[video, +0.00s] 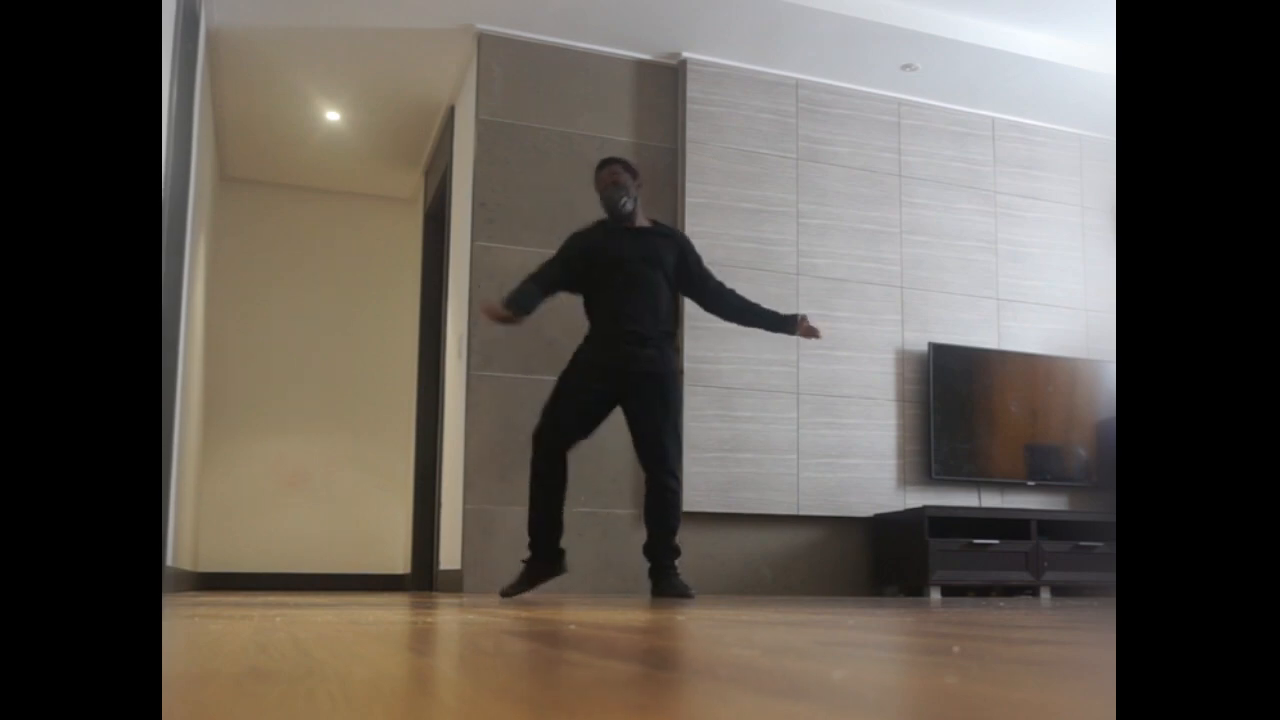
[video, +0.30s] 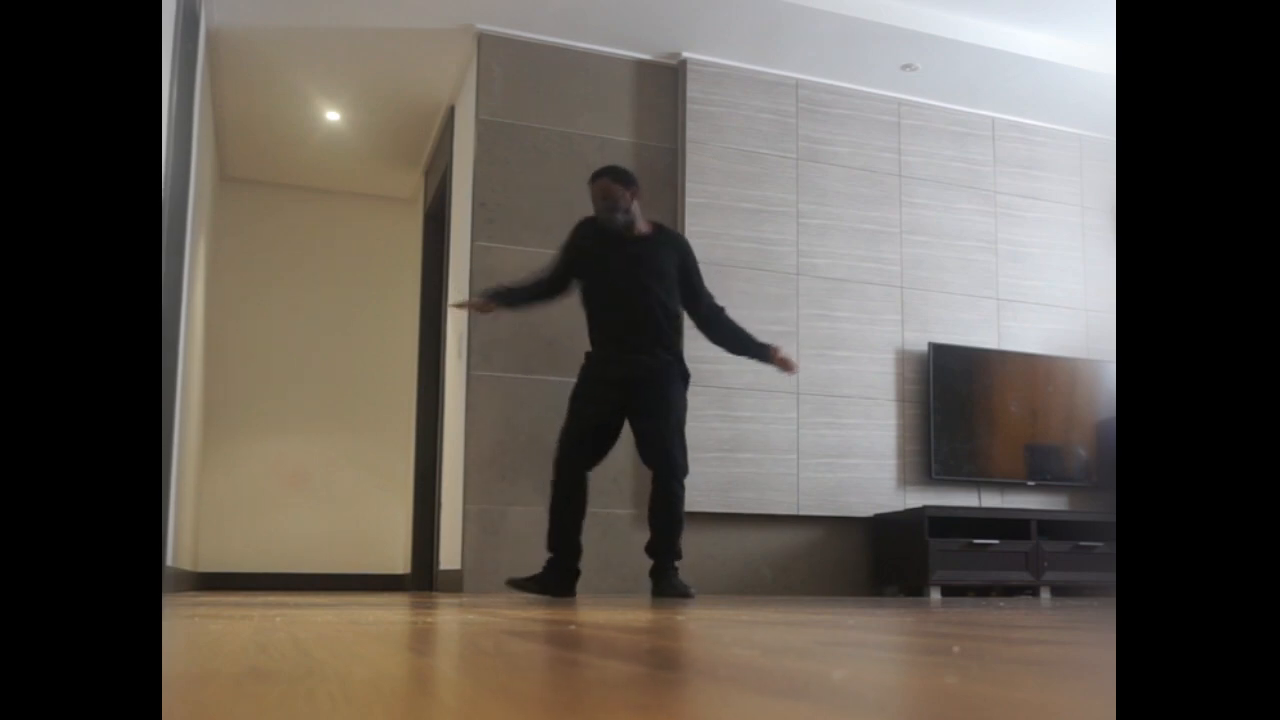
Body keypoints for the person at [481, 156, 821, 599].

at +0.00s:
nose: (614, 191)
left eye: (620, 184)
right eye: (606, 187)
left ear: (637, 188)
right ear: (598, 197)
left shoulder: (669, 243)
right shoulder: (586, 243)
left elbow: (717, 297)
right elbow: (545, 280)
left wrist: (786, 323)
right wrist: (515, 306)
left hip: (654, 368)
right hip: (598, 363)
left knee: (663, 468)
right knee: (548, 442)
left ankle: (664, 571)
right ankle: (544, 555)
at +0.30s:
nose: (602, 208)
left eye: (609, 199)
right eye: (596, 200)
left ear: (633, 196)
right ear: (591, 202)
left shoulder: (670, 246)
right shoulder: (587, 236)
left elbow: (707, 315)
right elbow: (553, 283)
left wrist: (764, 352)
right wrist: (498, 297)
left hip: (659, 375)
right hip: (604, 373)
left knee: (670, 470)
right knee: (570, 463)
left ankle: (665, 573)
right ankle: (560, 572)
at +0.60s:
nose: (610, 193)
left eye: (618, 185)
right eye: (605, 186)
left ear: (643, 187)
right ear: (601, 193)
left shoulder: (675, 240)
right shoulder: (586, 240)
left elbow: (702, 310)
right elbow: (523, 261)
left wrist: (738, 359)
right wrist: (458, 265)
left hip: (660, 374)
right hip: (603, 373)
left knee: (667, 473)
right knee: (582, 464)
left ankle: (665, 572)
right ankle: (561, 570)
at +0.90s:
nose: (609, 203)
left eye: (618, 196)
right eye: (603, 194)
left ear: (639, 200)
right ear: (594, 197)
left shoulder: (660, 238)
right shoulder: (578, 232)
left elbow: (692, 303)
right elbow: (533, 267)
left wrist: (732, 355)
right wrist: (471, 284)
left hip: (654, 376)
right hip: (597, 376)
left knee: (668, 462)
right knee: (573, 467)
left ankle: (686, 564)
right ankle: (554, 573)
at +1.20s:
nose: (647, 196)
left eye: (651, 189)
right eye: (639, 188)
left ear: (653, 191)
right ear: (612, 184)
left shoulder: (666, 235)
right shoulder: (575, 233)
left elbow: (718, 273)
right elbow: (546, 287)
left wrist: (772, 304)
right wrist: (510, 309)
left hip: (650, 368)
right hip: (590, 368)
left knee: (672, 451)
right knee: (566, 465)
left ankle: (690, 557)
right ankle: (554, 573)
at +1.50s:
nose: (700, 205)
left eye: (706, 198)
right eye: (692, 196)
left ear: (711, 201)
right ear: (672, 195)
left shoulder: (718, 247)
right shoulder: (637, 238)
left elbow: (767, 281)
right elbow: (603, 295)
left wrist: (801, 242)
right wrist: (562, 335)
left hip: (685, 369)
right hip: (636, 368)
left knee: (689, 456)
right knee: (636, 459)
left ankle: (725, 563)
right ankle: (613, 565)